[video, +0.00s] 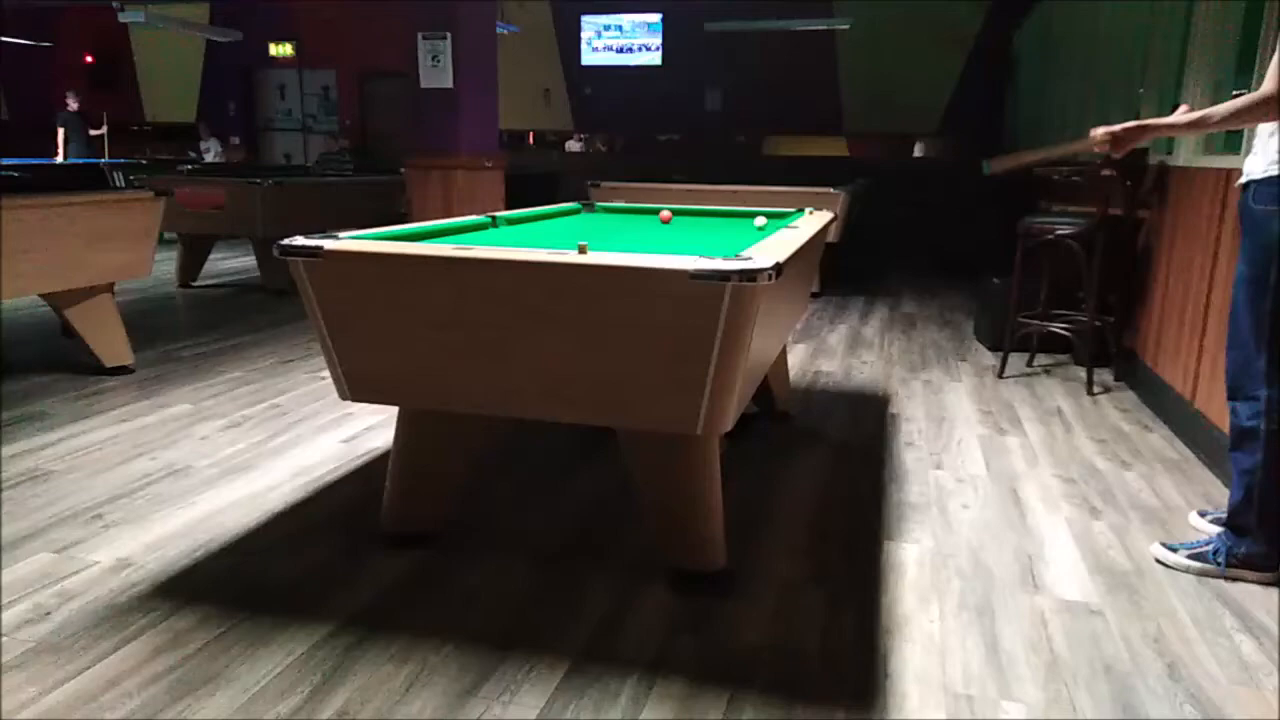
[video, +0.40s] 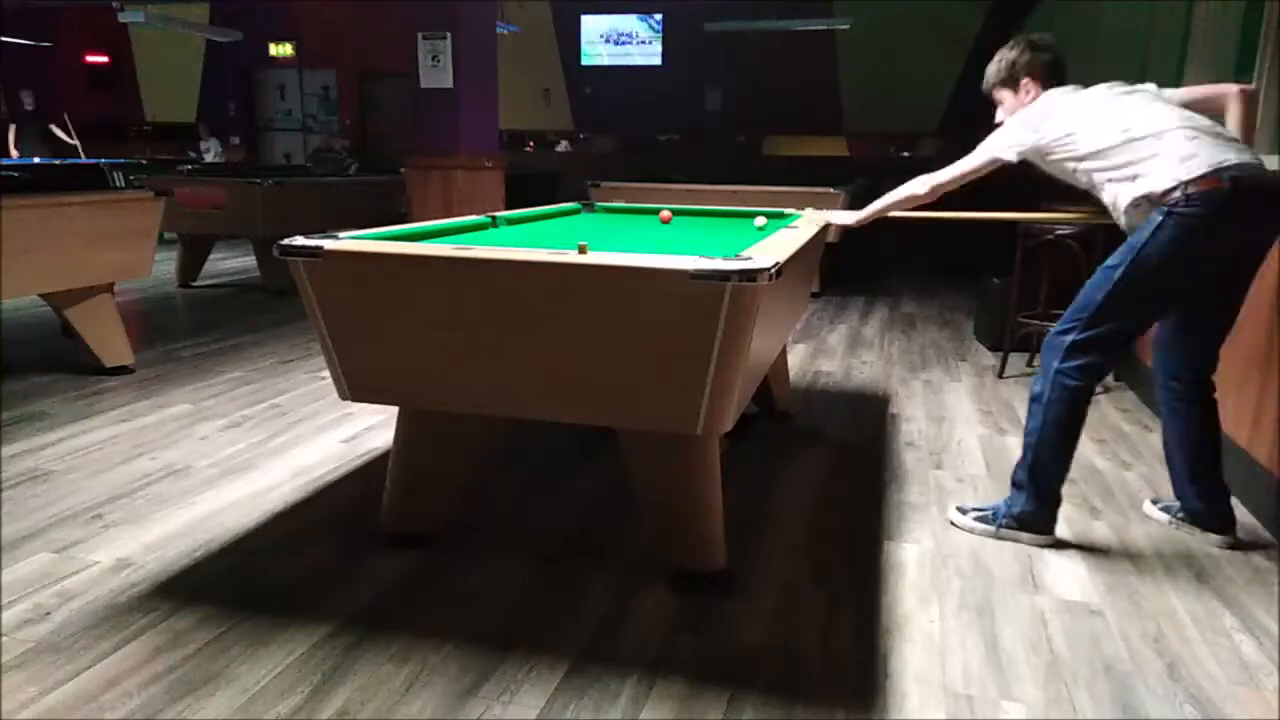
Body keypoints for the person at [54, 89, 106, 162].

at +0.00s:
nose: (77, 105)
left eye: (78, 102)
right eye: (74, 102)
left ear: (80, 101)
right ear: (68, 101)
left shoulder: (80, 115)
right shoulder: (63, 116)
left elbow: (88, 132)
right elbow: (60, 136)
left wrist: (101, 131)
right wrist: (60, 154)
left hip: (86, 151)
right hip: (73, 153)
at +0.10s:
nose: (75, 105)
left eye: (76, 103)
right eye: (73, 103)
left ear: (79, 102)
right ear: (68, 101)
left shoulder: (81, 115)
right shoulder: (63, 116)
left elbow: (88, 132)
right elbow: (60, 136)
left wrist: (102, 131)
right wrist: (60, 154)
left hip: (87, 153)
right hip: (73, 154)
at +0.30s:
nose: (52, 104)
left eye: (53, 102)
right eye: (49, 102)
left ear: (55, 103)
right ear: (45, 103)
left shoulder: (58, 114)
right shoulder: (42, 116)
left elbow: (71, 130)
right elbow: (43, 135)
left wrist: (88, 133)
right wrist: (51, 151)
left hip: (64, 148)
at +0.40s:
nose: (29, 99)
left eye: (30, 96)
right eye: (26, 97)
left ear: (34, 97)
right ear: (21, 99)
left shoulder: (40, 114)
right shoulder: (18, 116)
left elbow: (54, 129)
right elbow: (12, 133)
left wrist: (70, 141)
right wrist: (12, 149)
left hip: (42, 153)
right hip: (25, 154)